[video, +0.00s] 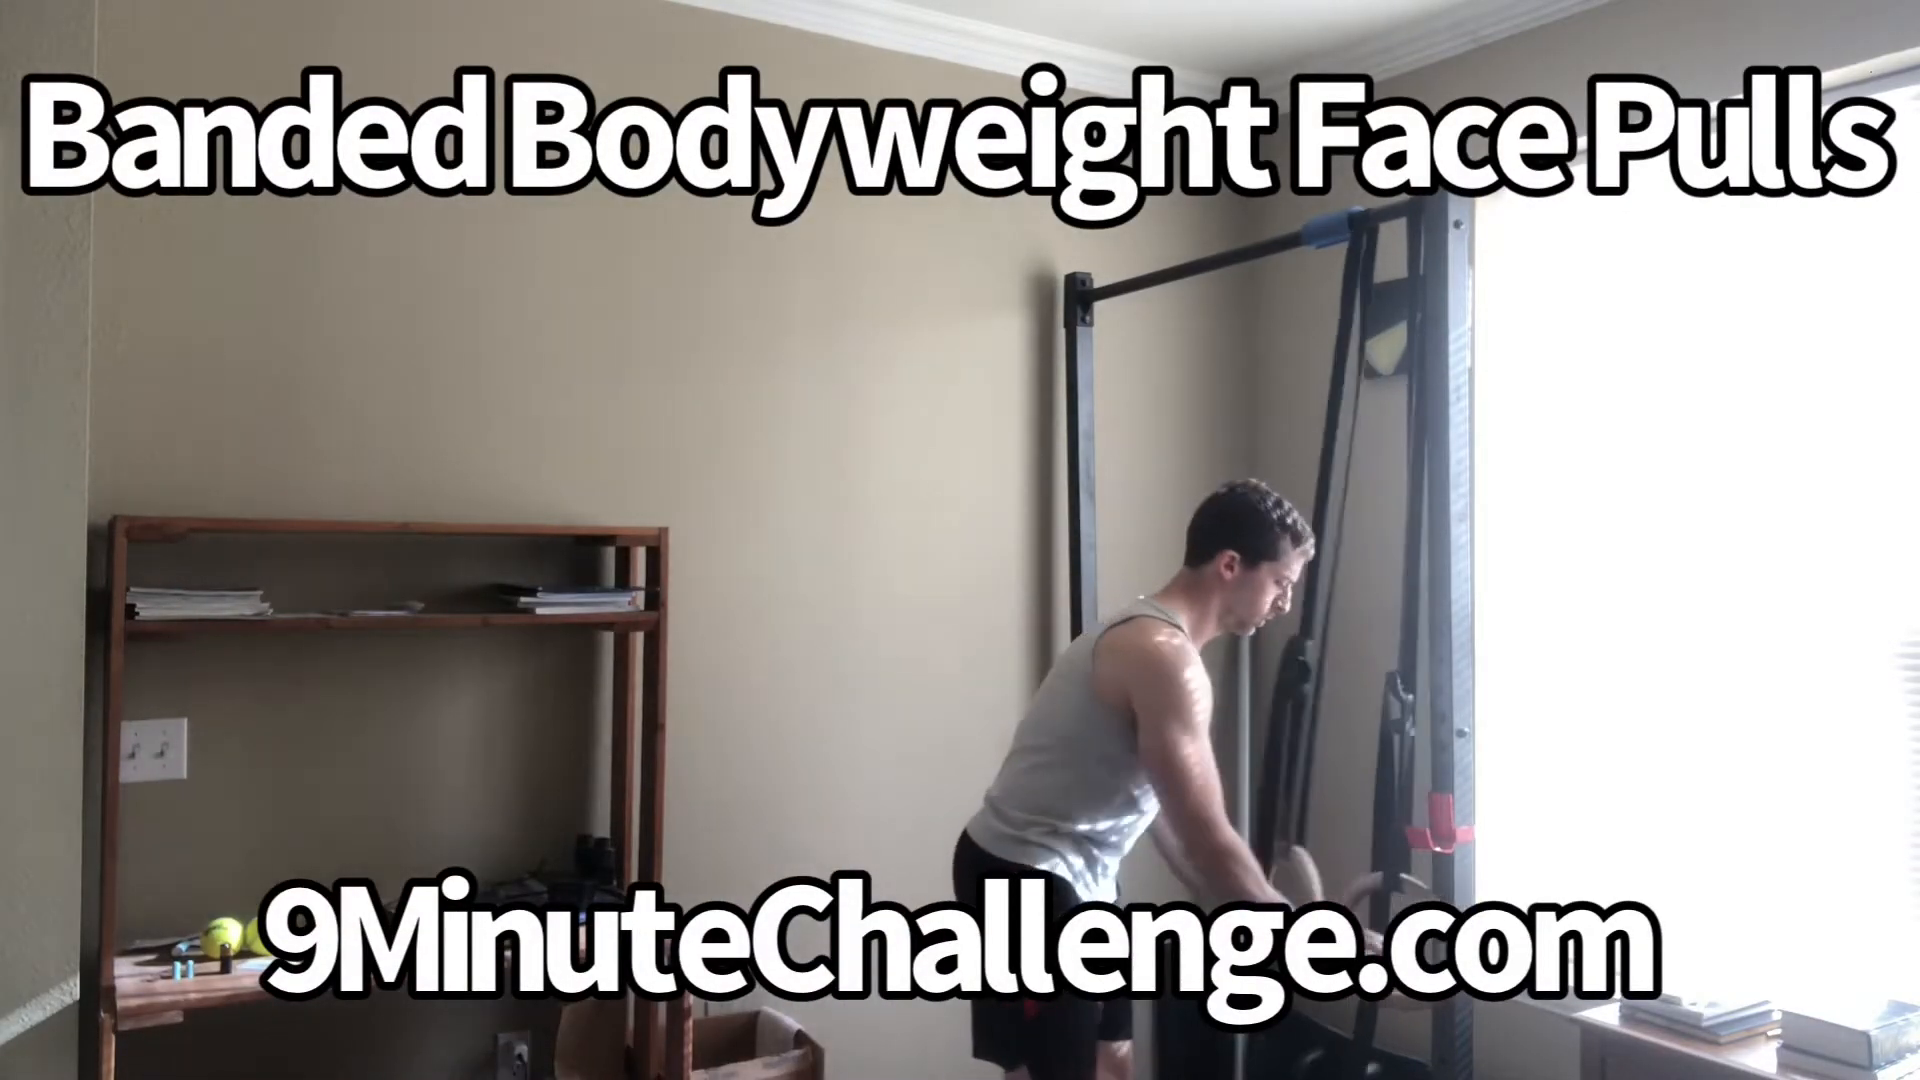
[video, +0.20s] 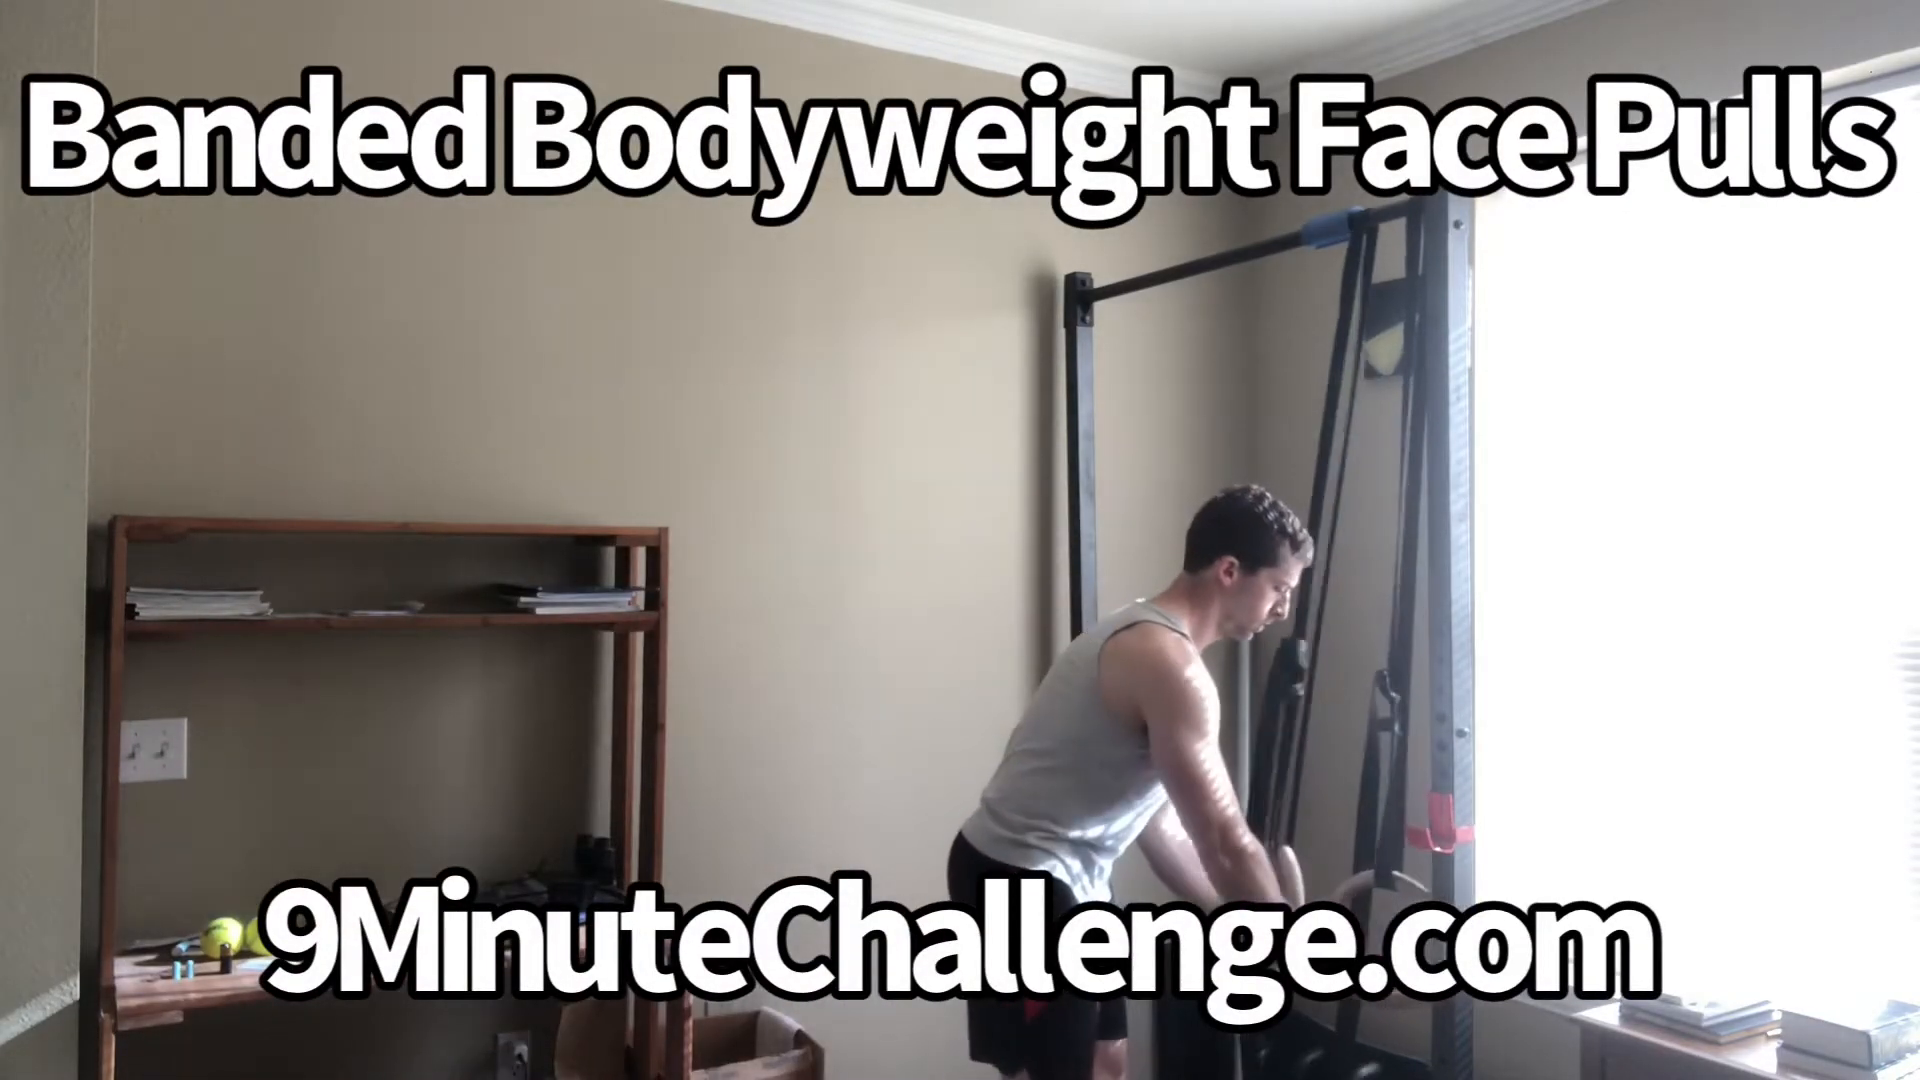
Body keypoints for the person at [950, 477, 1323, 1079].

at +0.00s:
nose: (1285, 604)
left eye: (1290, 587)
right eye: (1282, 583)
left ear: (1227, 568)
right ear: (1229, 566)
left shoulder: (1142, 634)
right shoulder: (1164, 657)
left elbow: (1172, 832)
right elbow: (1209, 841)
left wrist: (1253, 923)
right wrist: (1300, 933)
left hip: (1077, 874)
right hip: (1031, 875)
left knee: (1112, 1061)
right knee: (1054, 1067)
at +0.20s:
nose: (1284, 608)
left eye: (1291, 593)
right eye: (1280, 588)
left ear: (1223, 573)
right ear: (1229, 571)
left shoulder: (1138, 634)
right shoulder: (1170, 665)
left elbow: (1156, 823)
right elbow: (1227, 845)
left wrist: (1229, 920)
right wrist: (1290, 948)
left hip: (1073, 875)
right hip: (1023, 875)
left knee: (1106, 1060)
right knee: (1049, 1068)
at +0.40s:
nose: (1272, 609)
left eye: (1279, 592)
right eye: (1270, 589)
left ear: (1215, 569)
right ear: (1219, 569)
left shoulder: (1126, 631)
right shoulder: (1167, 668)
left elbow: (1149, 822)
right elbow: (1221, 843)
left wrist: (1225, 921)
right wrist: (1277, 943)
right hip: (1020, 879)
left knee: (1103, 1062)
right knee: (1049, 1068)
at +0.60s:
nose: (1246, 604)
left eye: (1254, 587)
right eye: (1246, 582)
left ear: (1192, 562)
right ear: (1199, 561)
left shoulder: (1102, 628)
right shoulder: (1146, 660)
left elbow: (1123, 818)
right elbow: (1191, 845)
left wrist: (1213, 915)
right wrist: (1267, 958)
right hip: (1019, 890)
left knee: (1101, 1063)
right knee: (1055, 1066)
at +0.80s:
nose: (1208, 601)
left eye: (1216, 583)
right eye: (1209, 578)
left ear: (1155, 557)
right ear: (1165, 558)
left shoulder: (1060, 626)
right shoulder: (1115, 661)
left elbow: (1090, 832)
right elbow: (1161, 851)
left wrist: (1169, 919)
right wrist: (1220, 944)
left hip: (970, 891)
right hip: (1018, 908)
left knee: (1093, 1063)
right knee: (1078, 1068)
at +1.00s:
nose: (1157, 598)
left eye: (1167, 579)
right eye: (1162, 575)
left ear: (1106, 550)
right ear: (1123, 554)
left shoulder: (986, 631)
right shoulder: (1081, 667)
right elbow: (1126, 874)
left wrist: (1104, 901)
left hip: (928, 912)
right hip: (1006, 942)